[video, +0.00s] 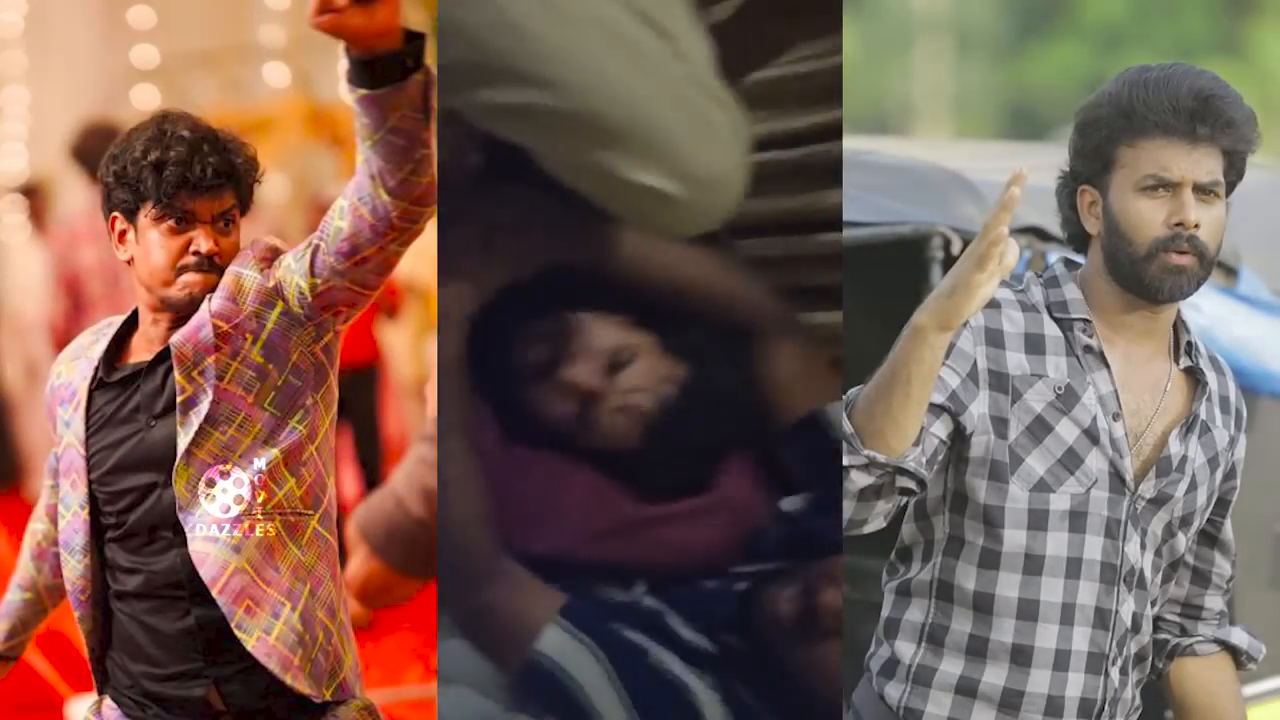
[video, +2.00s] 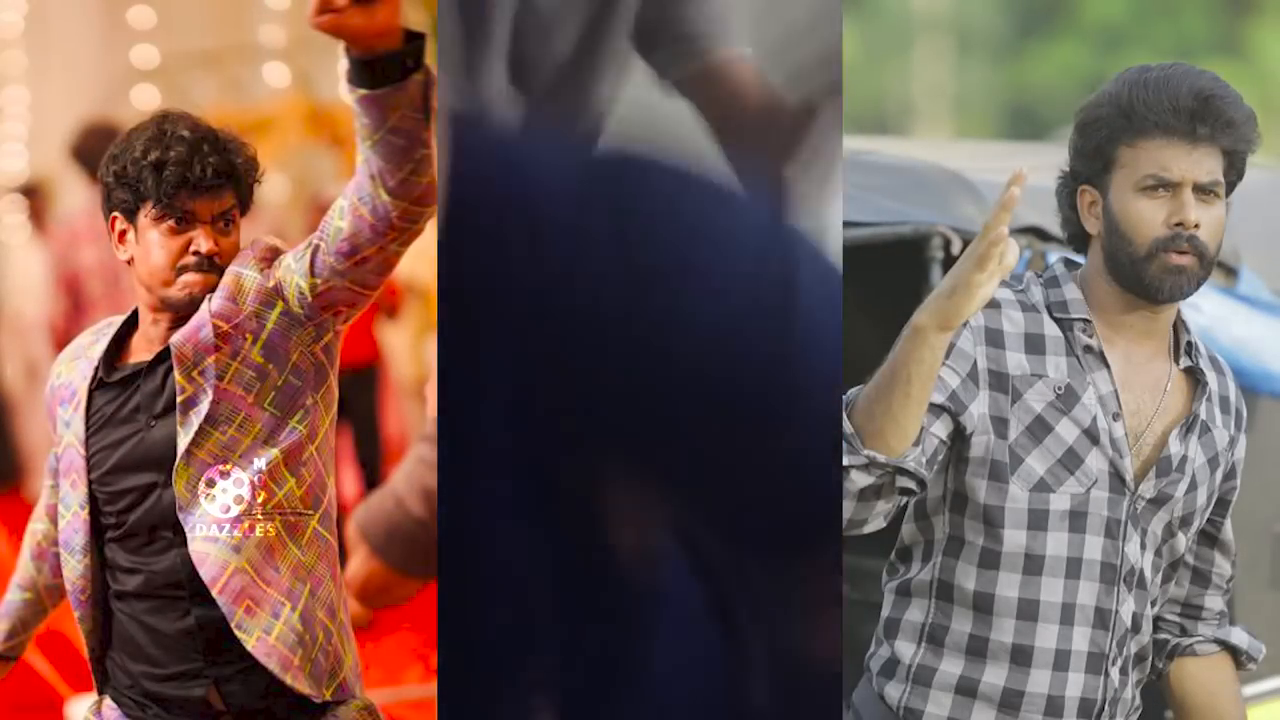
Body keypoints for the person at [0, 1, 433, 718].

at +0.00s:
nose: (206, 245)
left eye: (223, 222)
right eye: (179, 222)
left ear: (243, 230)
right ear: (122, 236)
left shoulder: (287, 312)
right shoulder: (76, 373)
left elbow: (394, 199)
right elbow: (56, 524)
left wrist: (380, 52)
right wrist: (7, 634)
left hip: (290, 700)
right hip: (140, 705)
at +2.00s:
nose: (206, 245)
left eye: (223, 222)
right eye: (179, 222)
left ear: (243, 230)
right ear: (122, 236)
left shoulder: (287, 312)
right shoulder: (76, 373)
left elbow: (394, 199)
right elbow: (56, 525)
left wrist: (380, 52)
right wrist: (7, 634)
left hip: (291, 700)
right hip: (140, 705)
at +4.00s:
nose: (206, 245)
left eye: (224, 223)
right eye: (179, 222)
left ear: (243, 230)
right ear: (123, 237)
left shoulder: (288, 312)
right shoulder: (76, 373)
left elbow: (394, 200)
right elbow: (56, 524)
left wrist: (381, 52)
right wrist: (8, 634)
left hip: (291, 700)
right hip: (140, 705)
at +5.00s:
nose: (206, 245)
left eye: (223, 222)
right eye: (179, 222)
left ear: (243, 229)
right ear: (123, 237)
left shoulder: (286, 312)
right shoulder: (75, 374)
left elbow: (393, 200)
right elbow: (56, 524)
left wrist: (380, 52)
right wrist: (7, 635)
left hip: (292, 702)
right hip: (140, 708)